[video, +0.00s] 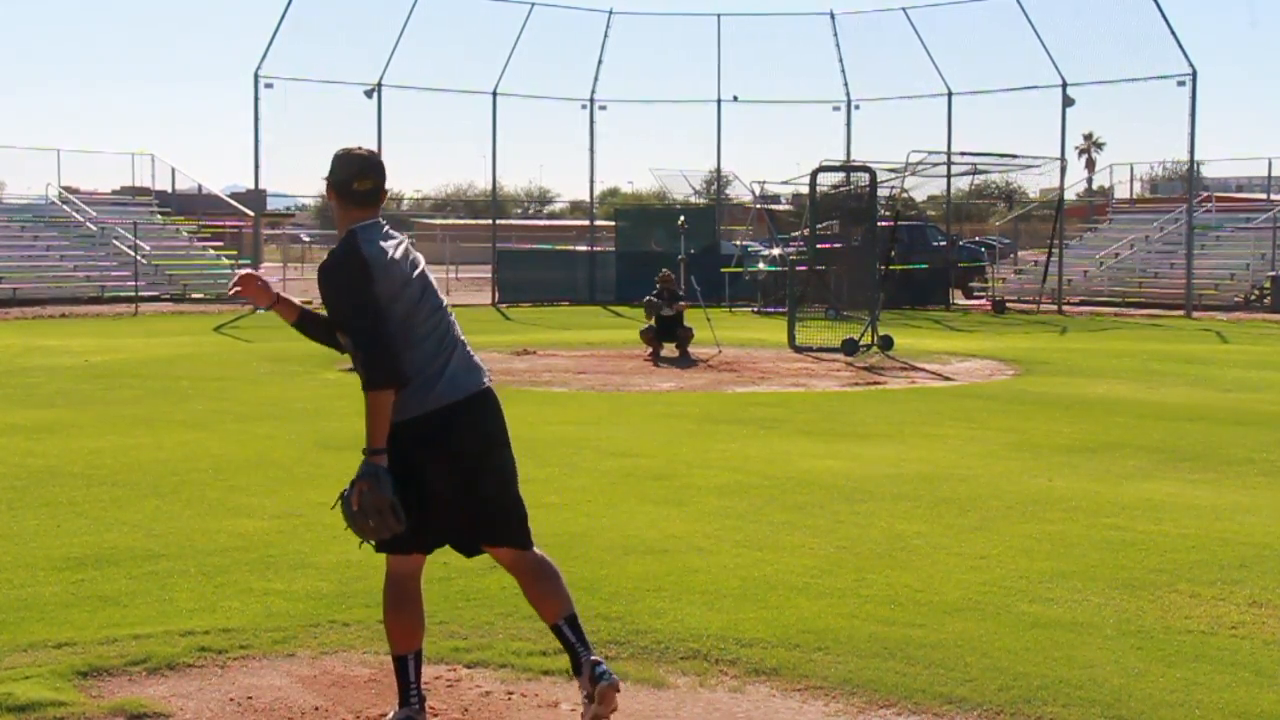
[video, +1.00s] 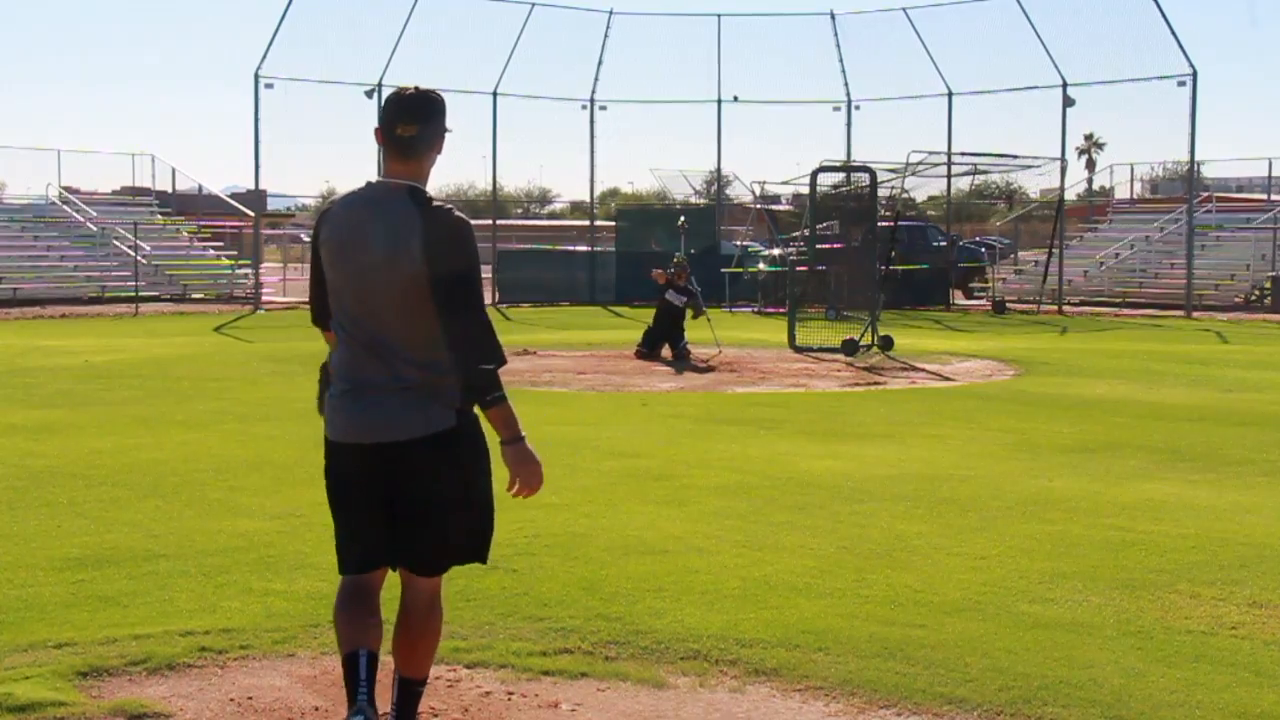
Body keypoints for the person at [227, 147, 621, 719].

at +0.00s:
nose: (325, 196)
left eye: (327, 188)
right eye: (336, 186)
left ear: (330, 196)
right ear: (382, 196)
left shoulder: (343, 263)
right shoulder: (397, 243)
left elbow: (380, 370)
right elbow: (349, 338)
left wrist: (374, 459)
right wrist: (278, 303)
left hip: (417, 431)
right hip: (477, 410)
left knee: (403, 568)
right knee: (514, 548)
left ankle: (410, 702)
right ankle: (587, 662)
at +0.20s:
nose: (362, 184)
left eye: (353, 174)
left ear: (350, 180)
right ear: (404, 181)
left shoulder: (339, 258)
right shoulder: (431, 242)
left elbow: (344, 361)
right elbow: (407, 318)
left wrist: (336, 460)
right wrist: (326, 326)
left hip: (393, 435)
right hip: (466, 423)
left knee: (394, 568)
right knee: (471, 542)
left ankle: (407, 701)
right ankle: (501, 646)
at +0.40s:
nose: (394, 164)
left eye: (380, 152)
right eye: (413, 156)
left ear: (368, 160)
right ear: (424, 163)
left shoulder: (339, 239)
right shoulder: (458, 229)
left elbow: (330, 339)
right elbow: (501, 304)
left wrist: (331, 427)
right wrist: (439, 327)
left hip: (377, 431)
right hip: (451, 425)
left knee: (385, 560)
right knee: (446, 563)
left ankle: (398, 687)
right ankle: (420, 687)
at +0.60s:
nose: (431, 158)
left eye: (397, 146)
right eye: (437, 149)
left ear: (381, 150)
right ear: (438, 154)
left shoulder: (333, 235)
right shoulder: (467, 233)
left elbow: (309, 336)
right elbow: (504, 323)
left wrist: (303, 424)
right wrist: (519, 390)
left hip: (368, 428)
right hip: (447, 425)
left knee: (379, 555)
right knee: (437, 575)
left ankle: (380, 690)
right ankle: (406, 706)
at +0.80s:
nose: (441, 151)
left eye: (423, 139)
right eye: (445, 143)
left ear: (385, 143)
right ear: (445, 148)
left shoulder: (335, 227)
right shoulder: (458, 231)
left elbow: (303, 329)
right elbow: (496, 341)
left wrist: (293, 414)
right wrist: (544, 429)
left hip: (360, 432)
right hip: (439, 430)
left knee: (371, 551)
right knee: (429, 576)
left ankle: (352, 671)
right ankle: (401, 713)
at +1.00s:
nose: (437, 147)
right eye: (441, 138)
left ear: (379, 139)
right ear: (440, 144)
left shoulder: (333, 219)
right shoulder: (444, 227)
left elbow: (325, 318)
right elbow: (472, 348)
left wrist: (384, 345)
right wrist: (513, 439)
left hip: (350, 437)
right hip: (431, 437)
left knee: (359, 574)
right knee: (423, 581)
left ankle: (360, 706)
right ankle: (404, 713)